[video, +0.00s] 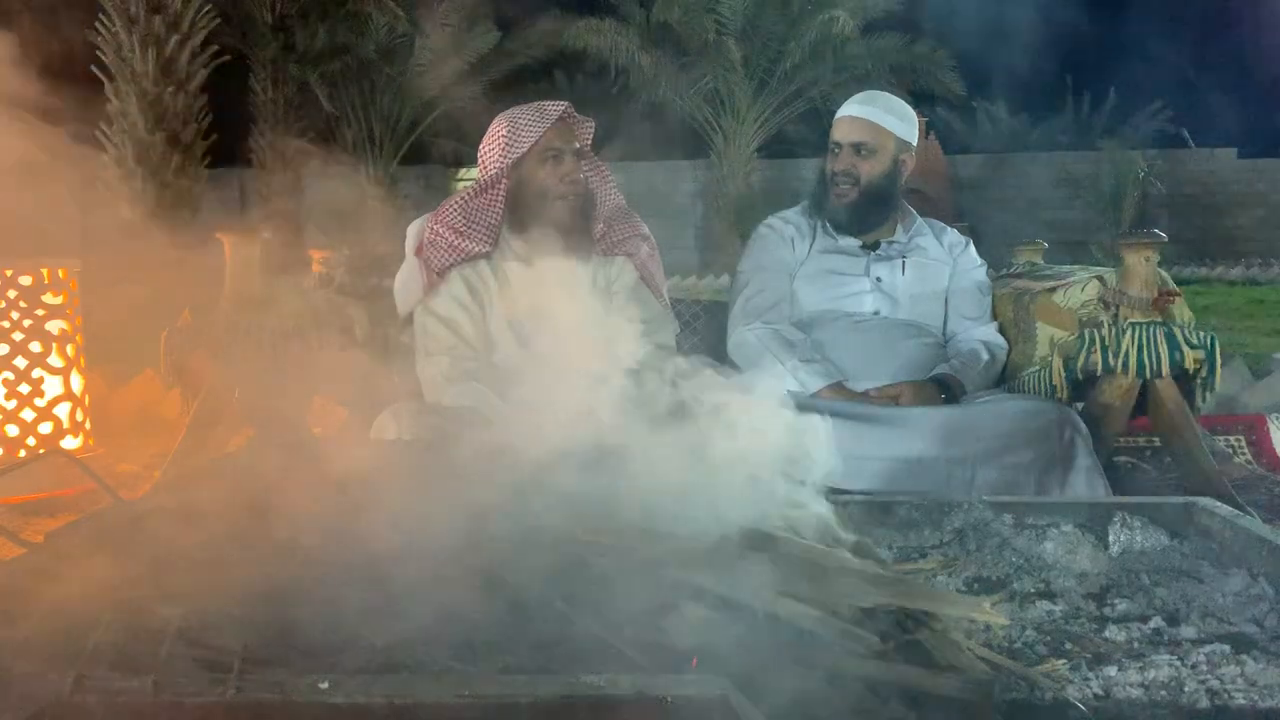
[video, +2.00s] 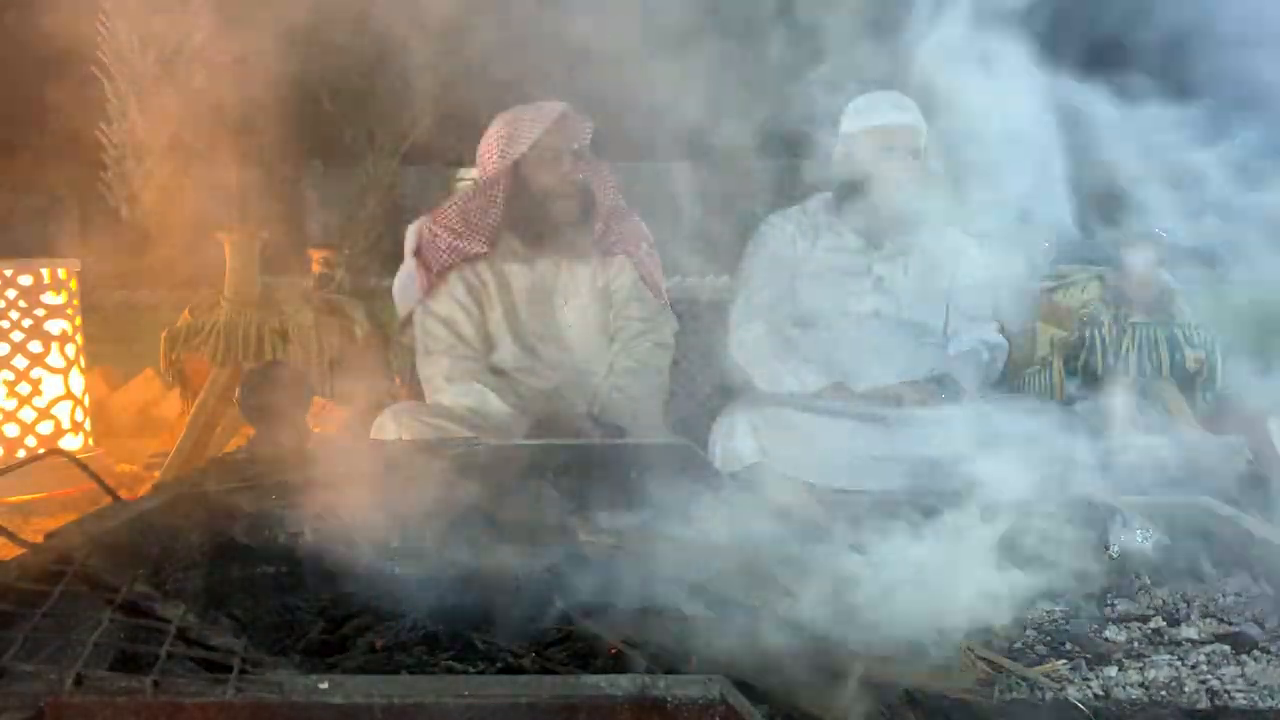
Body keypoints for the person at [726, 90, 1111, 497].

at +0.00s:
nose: (840, 166)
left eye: (861, 152)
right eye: (835, 150)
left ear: (904, 164)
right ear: (825, 156)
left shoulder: (952, 248)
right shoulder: (784, 234)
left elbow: (980, 345)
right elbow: (755, 331)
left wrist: (937, 389)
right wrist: (833, 395)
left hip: (935, 421)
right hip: (824, 417)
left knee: (1055, 425)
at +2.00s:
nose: (905, 170)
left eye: (913, 155)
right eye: (887, 154)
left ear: (926, 163)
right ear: (849, 161)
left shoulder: (953, 248)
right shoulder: (787, 236)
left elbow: (982, 337)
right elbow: (750, 337)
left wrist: (940, 389)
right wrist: (824, 392)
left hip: (920, 417)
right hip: (812, 416)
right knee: (740, 429)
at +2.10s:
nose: (893, 172)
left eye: (904, 155)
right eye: (878, 155)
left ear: (922, 162)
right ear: (842, 160)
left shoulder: (954, 251)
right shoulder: (787, 235)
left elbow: (982, 347)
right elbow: (750, 335)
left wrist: (935, 391)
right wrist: (819, 391)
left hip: (922, 421)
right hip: (819, 419)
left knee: (1028, 420)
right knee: (738, 427)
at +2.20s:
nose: (901, 173)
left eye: (911, 157)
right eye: (885, 156)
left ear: (923, 166)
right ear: (843, 159)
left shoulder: (953, 250)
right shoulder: (786, 235)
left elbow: (981, 346)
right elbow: (752, 333)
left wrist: (934, 388)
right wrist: (822, 395)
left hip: (924, 416)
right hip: (817, 413)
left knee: (1058, 428)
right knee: (739, 428)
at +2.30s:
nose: (904, 175)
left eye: (914, 159)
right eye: (886, 157)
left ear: (924, 166)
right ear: (844, 159)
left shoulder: (954, 251)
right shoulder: (786, 235)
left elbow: (981, 342)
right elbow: (753, 333)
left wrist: (943, 387)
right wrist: (831, 395)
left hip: (930, 419)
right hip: (823, 414)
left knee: (1053, 423)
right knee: (741, 428)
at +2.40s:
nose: (905, 173)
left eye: (915, 158)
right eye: (887, 157)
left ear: (925, 162)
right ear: (847, 160)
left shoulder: (954, 251)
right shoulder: (786, 235)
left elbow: (981, 343)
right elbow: (753, 332)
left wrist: (939, 387)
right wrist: (828, 394)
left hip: (930, 421)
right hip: (821, 417)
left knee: (1050, 424)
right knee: (740, 427)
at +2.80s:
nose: (885, 172)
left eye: (902, 158)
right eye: (872, 153)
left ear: (919, 169)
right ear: (845, 154)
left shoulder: (953, 250)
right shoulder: (788, 234)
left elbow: (980, 341)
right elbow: (753, 328)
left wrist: (940, 387)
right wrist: (826, 392)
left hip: (937, 421)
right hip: (826, 419)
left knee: (1055, 426)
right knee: (742, 428)